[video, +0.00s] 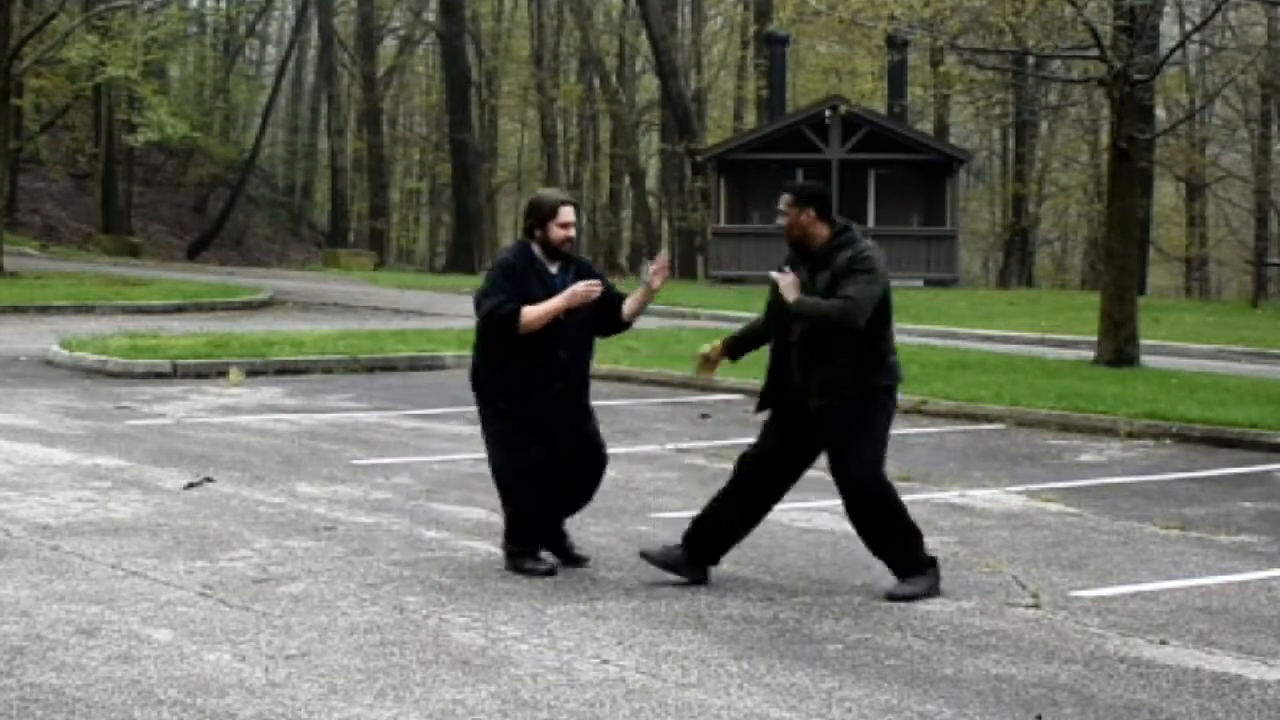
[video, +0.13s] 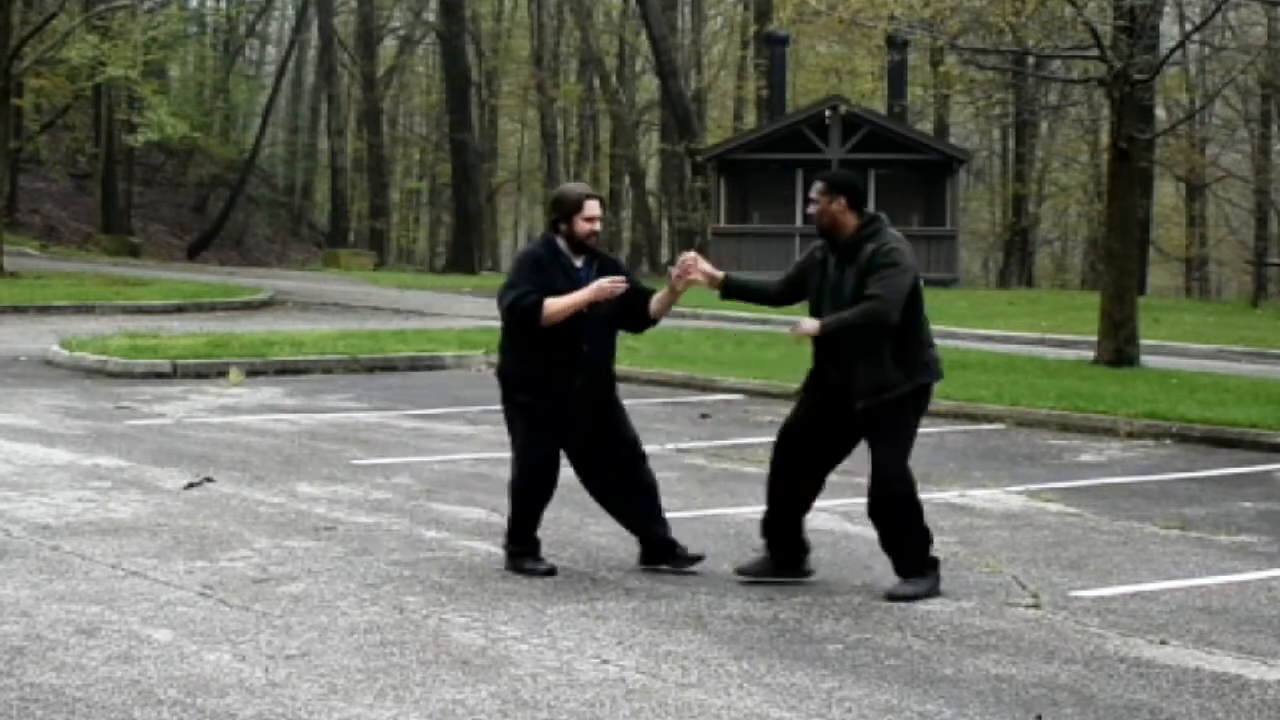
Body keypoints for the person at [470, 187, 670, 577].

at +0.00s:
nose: (571, 233)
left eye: (574, 226)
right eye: (563, 226)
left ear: (575, 227)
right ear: (538, 228)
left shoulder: (578, 271)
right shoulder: (510, 267)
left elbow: (613, 318)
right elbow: (501, 324)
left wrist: (648, 290)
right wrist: (565, 300)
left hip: (563, 392)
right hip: (512, 394)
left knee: (587, 459)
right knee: (524, 468)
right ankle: (520, 549)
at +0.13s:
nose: (596, 227)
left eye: (599, 219)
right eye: (588, 220)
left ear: (600, 221)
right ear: (563, 221)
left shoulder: (605, 268)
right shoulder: (534, 261)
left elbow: (639, 316)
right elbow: (522, 315)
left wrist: (673, 289)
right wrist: (589, 294)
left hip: (590, 390)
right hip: (535, 392)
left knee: (626, 463)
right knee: (536, 470)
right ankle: (521, 550)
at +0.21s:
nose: (612, 224)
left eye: (615, 216)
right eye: (605, 216)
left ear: (615, 219)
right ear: (580, 218)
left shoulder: (618, 264)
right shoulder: (550, 259)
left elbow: (658, 309)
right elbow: (539, 310)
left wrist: (694, 281)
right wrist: (605, 288)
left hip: (610, 392)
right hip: (554, 392)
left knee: (645, 467)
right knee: (547, 471)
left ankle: (681, 545)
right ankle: (521, 549)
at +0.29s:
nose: (631, 222)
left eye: (633, 215)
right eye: (623, 215)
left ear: (633, 218)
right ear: (598, 217)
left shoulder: (638, 260)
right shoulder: (570, 256)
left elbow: (670, 299)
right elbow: (558, 307)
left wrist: (708, 288)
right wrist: (623, 281)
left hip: (632, 391)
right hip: (579, 392)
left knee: (661, 471)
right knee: (560, 473)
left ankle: (683, 551)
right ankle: (523, 548)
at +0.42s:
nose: (655, 222)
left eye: (657, 215)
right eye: (646, 216)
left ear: (658, 217)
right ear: (622, 218)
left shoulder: (664, 260)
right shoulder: (597, 259)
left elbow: (711, 289)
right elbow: (594, 309)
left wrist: (753, 309)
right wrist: (653, 276)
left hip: (662, 391)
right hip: (609, 392)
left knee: (676, 474)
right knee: (580, 469)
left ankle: (685, 554)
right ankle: (534, 545)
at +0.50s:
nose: (669, 222)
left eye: (671, 215)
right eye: (661, 215)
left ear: (670, 217)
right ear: (636, 217)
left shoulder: (678, 259)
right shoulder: (609, 259)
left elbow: (724, 298)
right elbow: (609, 313)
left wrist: (773, 318)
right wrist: (670, 279)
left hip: (677, 391)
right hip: (624, 392)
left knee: (679, 475)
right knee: (599, 474)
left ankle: (685, 555)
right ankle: (551, 546)